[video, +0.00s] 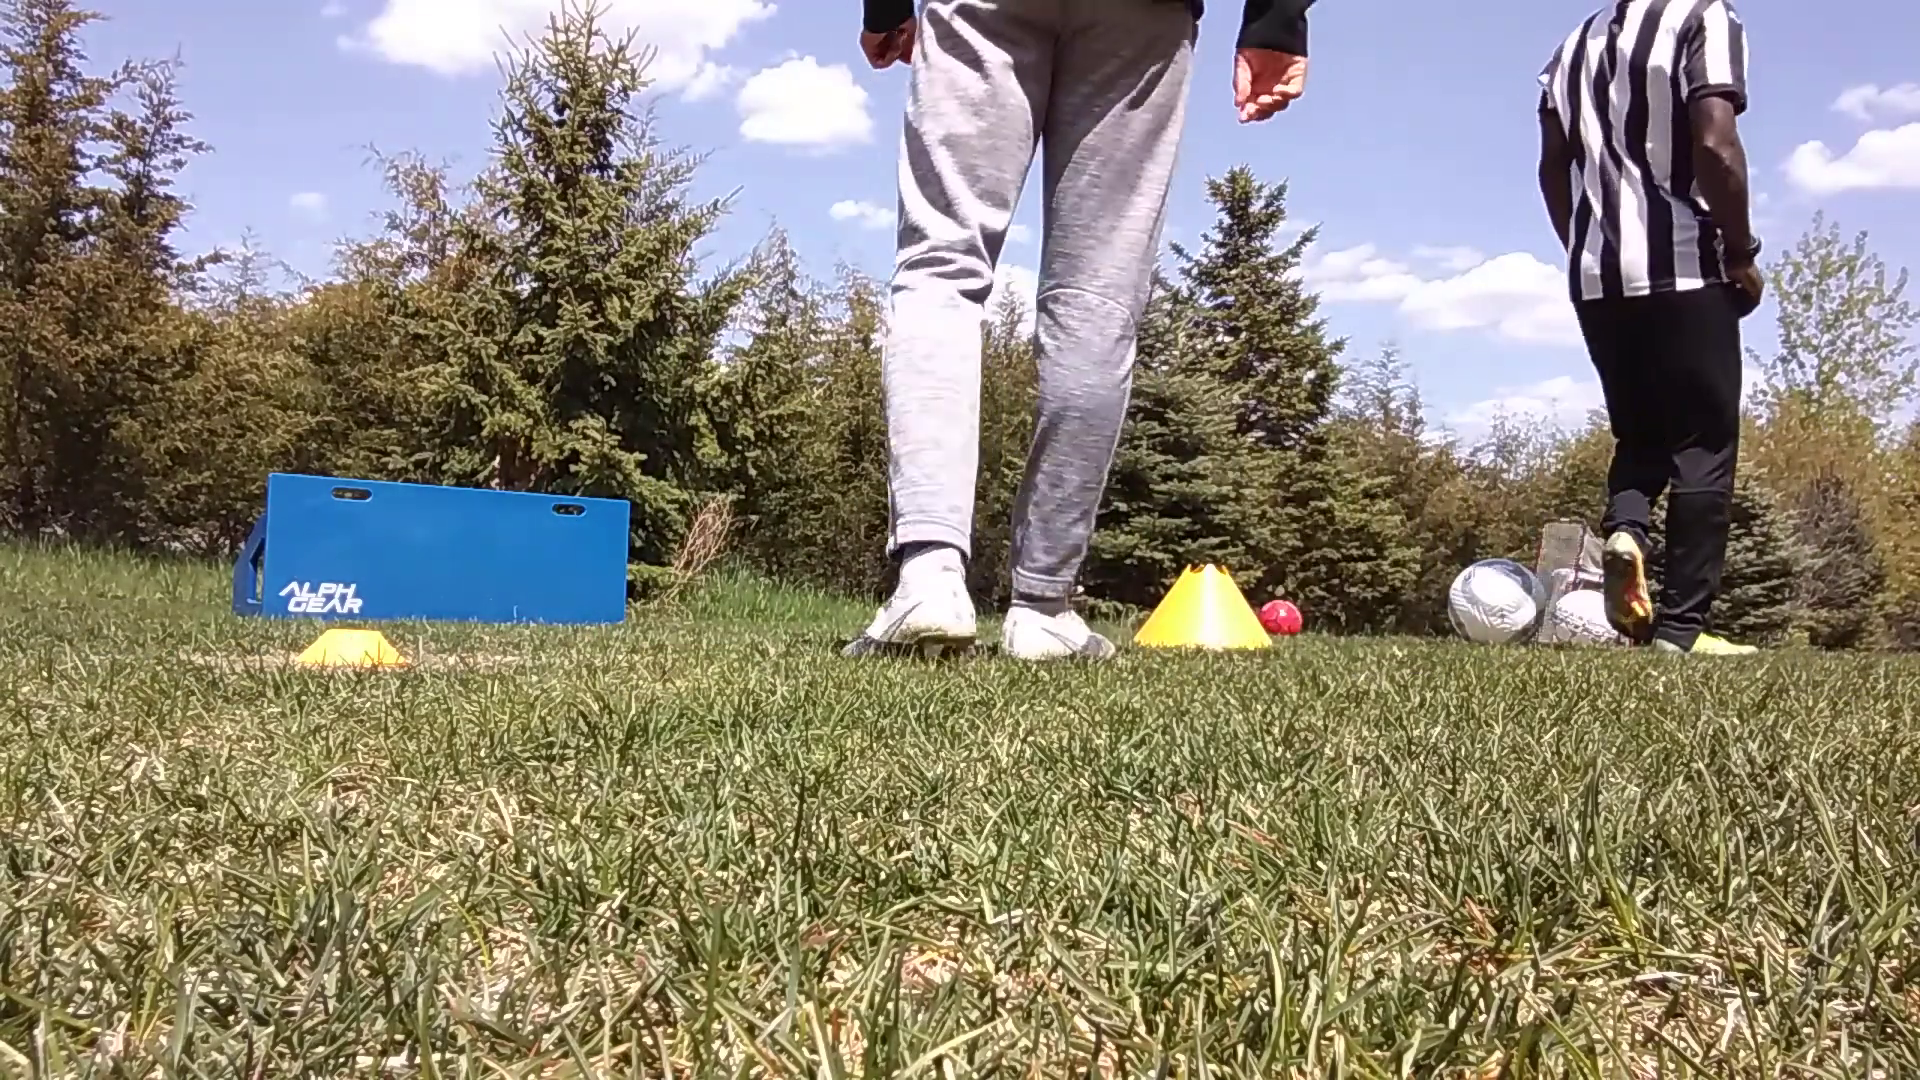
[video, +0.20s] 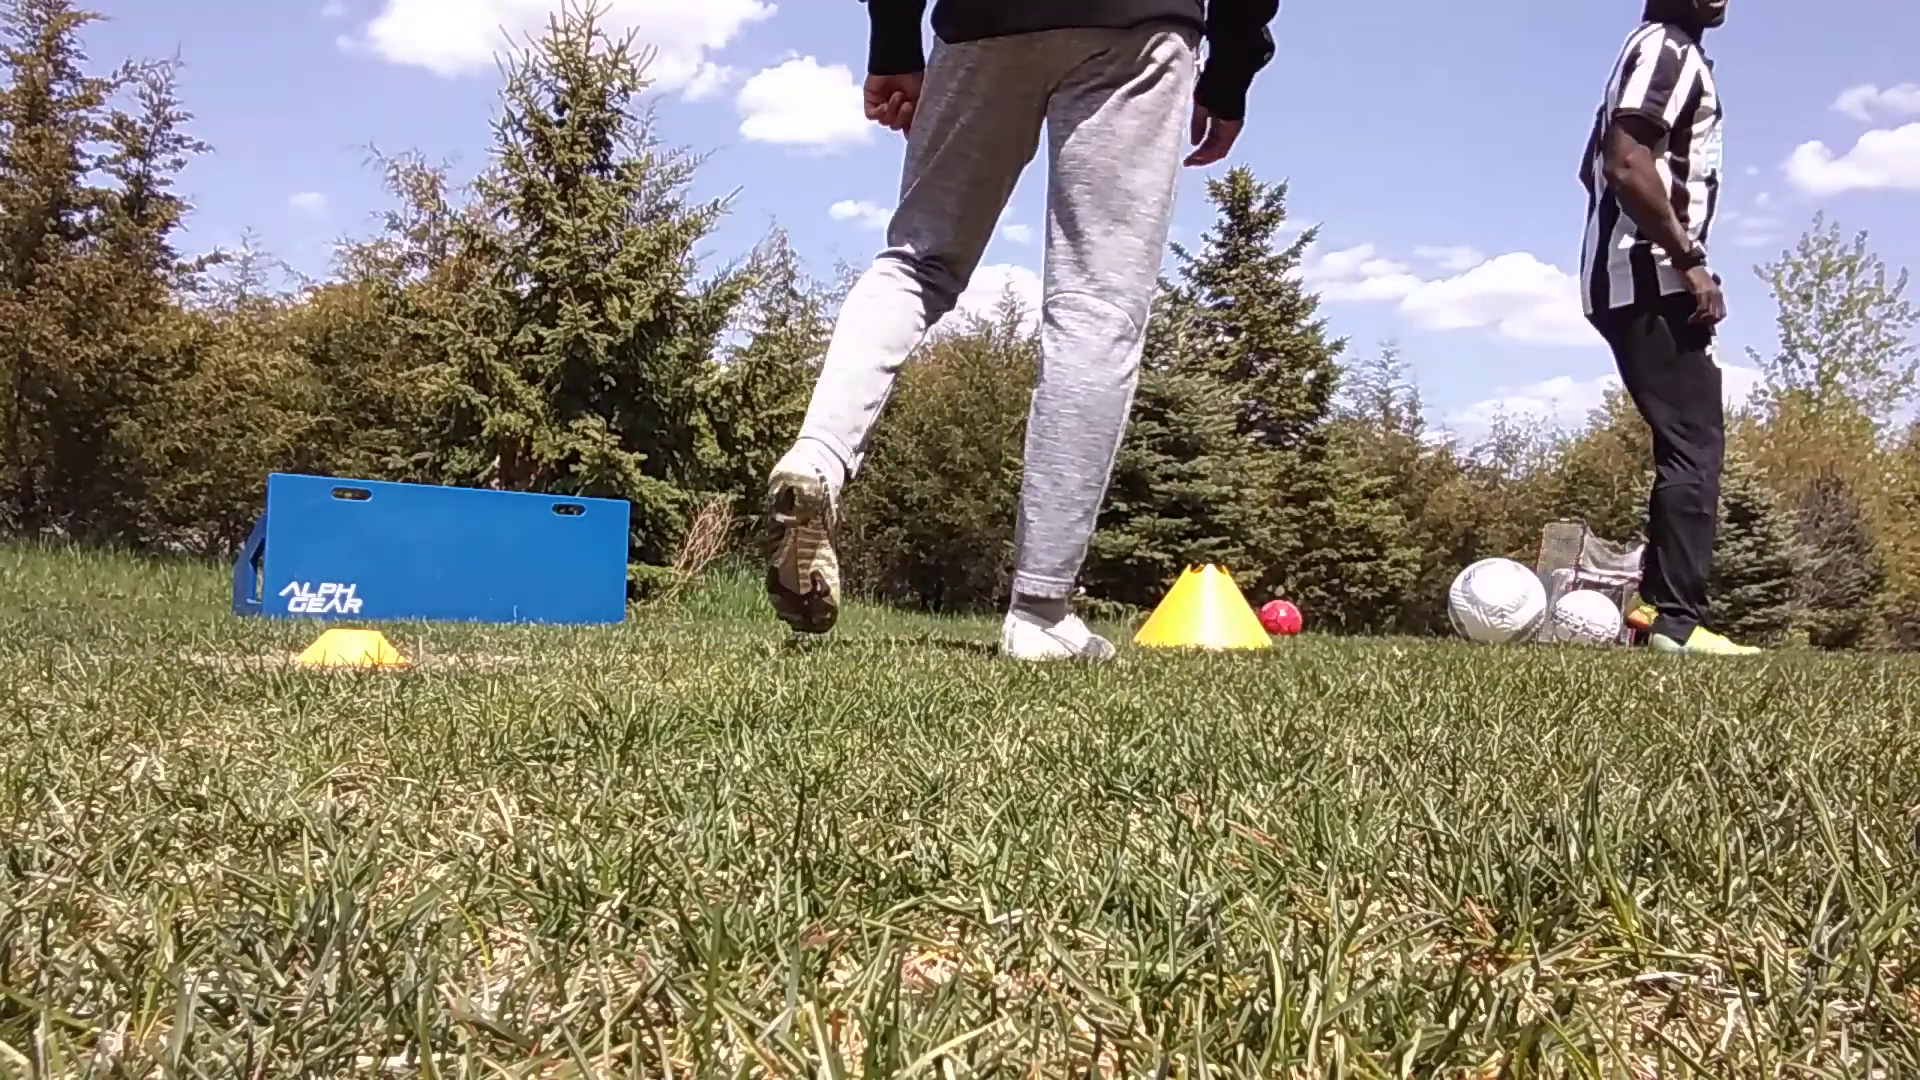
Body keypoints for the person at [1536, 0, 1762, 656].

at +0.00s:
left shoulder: (1570, 45)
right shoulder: (1705, 16)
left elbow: (1553, 172)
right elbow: (1713, 145)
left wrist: (1587, 252)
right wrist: (1741, 251)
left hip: (1597, 278)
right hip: (1683, 270)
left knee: (1639, 434)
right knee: (1707, 444)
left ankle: (1626, 532)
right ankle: (1683, 625)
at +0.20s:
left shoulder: (1649, 45)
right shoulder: (1669, 47)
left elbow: (1593, 167)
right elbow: (1627, 160)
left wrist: (1654, 246)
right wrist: (1692, 261)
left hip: (1634, 284)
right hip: (1653, 282)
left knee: (1684, 446)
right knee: (1695, 447)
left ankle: (1660, 602)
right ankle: (1678, 621)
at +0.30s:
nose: (1686, 11)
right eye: (1667, 2)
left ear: (1713, 9)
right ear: (1637, 12)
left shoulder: (1712, 96)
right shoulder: (1618, 85)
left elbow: (1682, 202)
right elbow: (1568, 194)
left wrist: (1703, 273)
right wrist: (1632, 280)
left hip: (1677, 302)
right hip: (1628, 302)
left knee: (1683, 450)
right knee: (1692, 442)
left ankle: (1658, 614)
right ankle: (1665, 617)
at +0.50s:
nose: (1629, 42)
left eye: (1644, 27)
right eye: (1617, 29)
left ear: (1676, 26)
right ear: (1601, 30)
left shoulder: (1715, 110)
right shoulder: (1565, 108)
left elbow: (1733, 198)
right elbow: (1496, 192)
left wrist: (1710, 272)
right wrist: (1537, 257)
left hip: (1667, 312)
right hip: (1586, 304)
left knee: (1673, 462)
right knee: (1628, 431)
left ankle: (1650, 613)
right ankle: (1614, 595)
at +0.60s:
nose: (1598, 49)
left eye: (1612, 35)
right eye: (1587, 37)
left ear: (1648, 33)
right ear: (1575, 40)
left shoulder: (1696, 109)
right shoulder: (1544, 116)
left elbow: (1726, 182)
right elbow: (1489, 189)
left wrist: (1701, 262)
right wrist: (1516, 261)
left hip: (1656, 313)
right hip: (1571, 311)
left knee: (1662, 468)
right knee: (1561, 457)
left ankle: (1646, 617)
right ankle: (1541, 602)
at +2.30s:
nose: (1593, 125)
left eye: (1605, 109)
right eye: (1585, 110)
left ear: (1646, 89)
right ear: (1578, 102)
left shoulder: (1718, 133)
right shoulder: (1576, 156)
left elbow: (1806, 198)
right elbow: (1586, 233)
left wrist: (1721, 219)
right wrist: (1558, 314)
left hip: (1727, 318)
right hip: (1646, 325)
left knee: (1718, 450)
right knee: (1600, 450)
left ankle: (1734, 624)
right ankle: (1595, 608)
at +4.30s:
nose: (1606, 131)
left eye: (1620, 115)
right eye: (1595, 118)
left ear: (1655, 103)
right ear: (1586, 115)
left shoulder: (1718, 140)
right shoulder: (1589, 179)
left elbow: (1811, 187)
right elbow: (1612, 256)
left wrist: (1725, 226)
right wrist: (1586, 330)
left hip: (1748, 324)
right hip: (1673, 340)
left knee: (1739, 457)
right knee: (1674, 477)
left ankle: (1754, 621)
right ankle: (1687, 625)